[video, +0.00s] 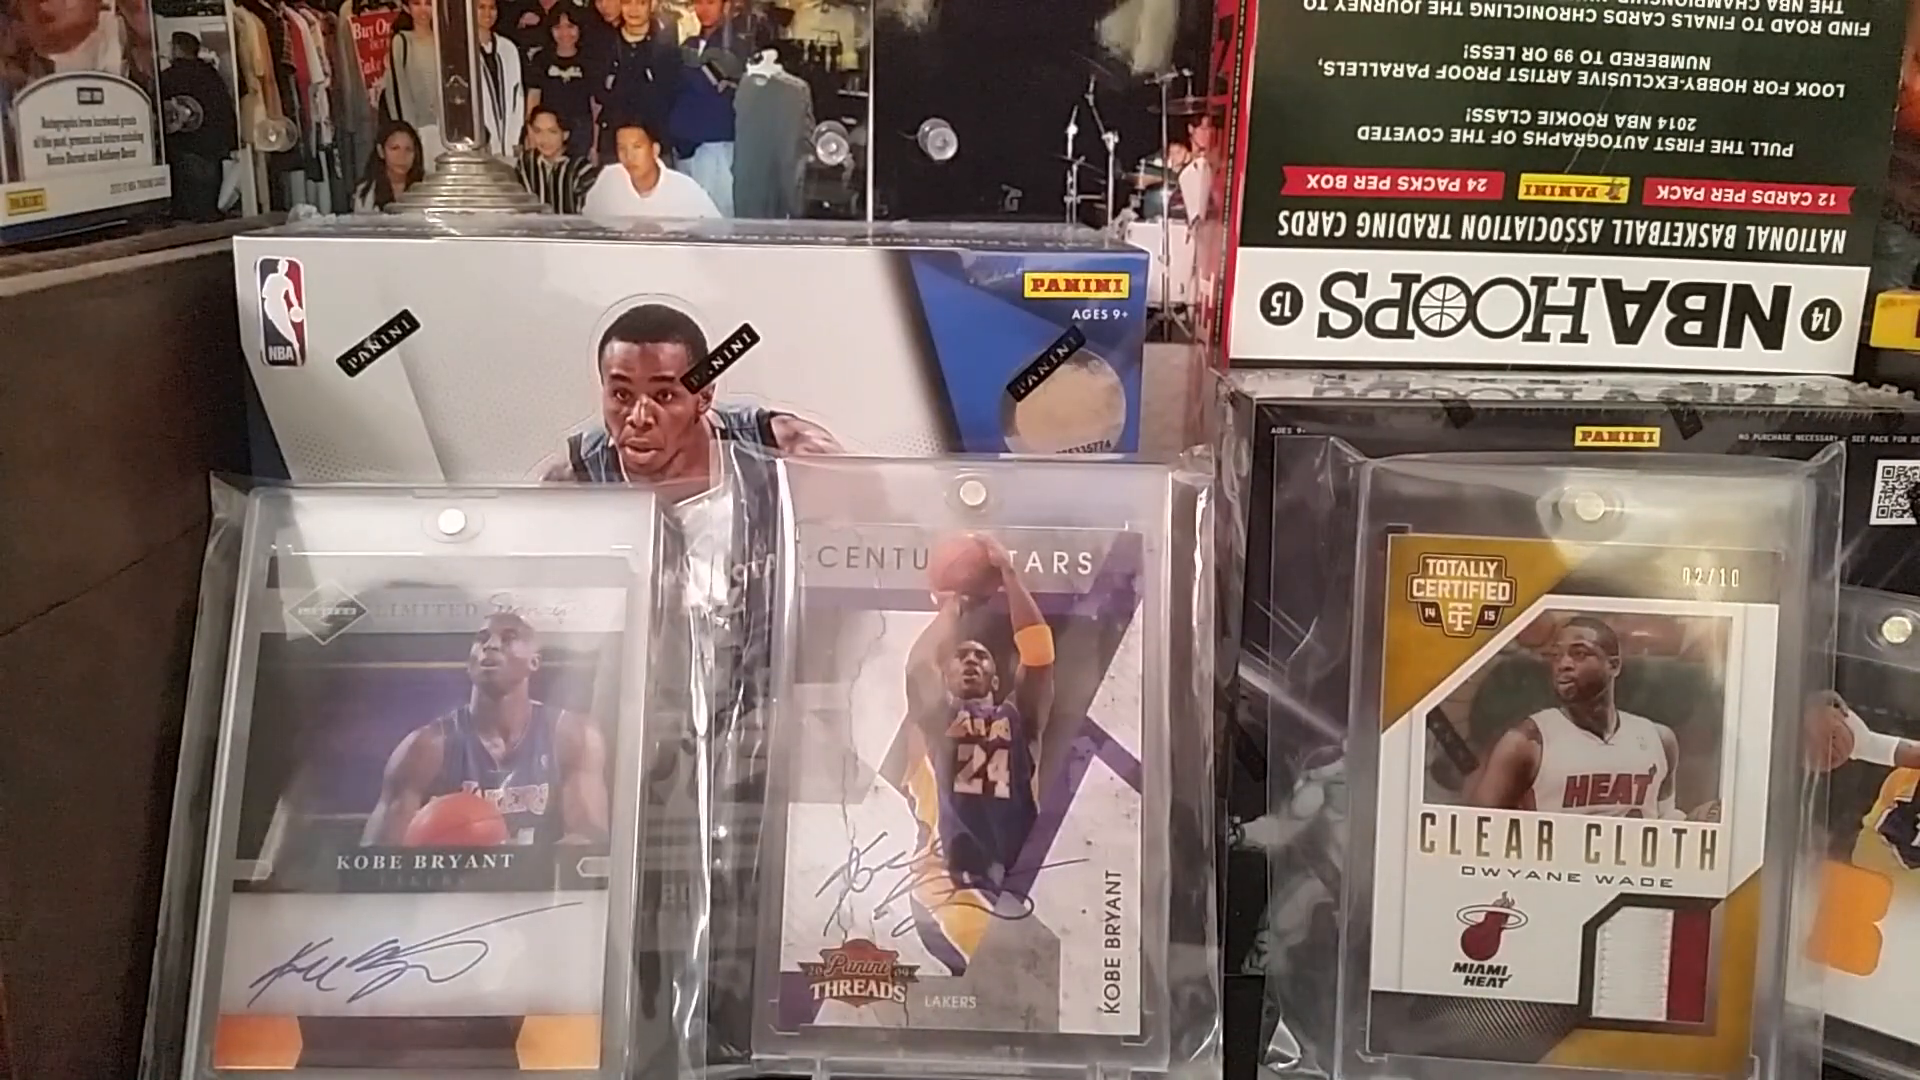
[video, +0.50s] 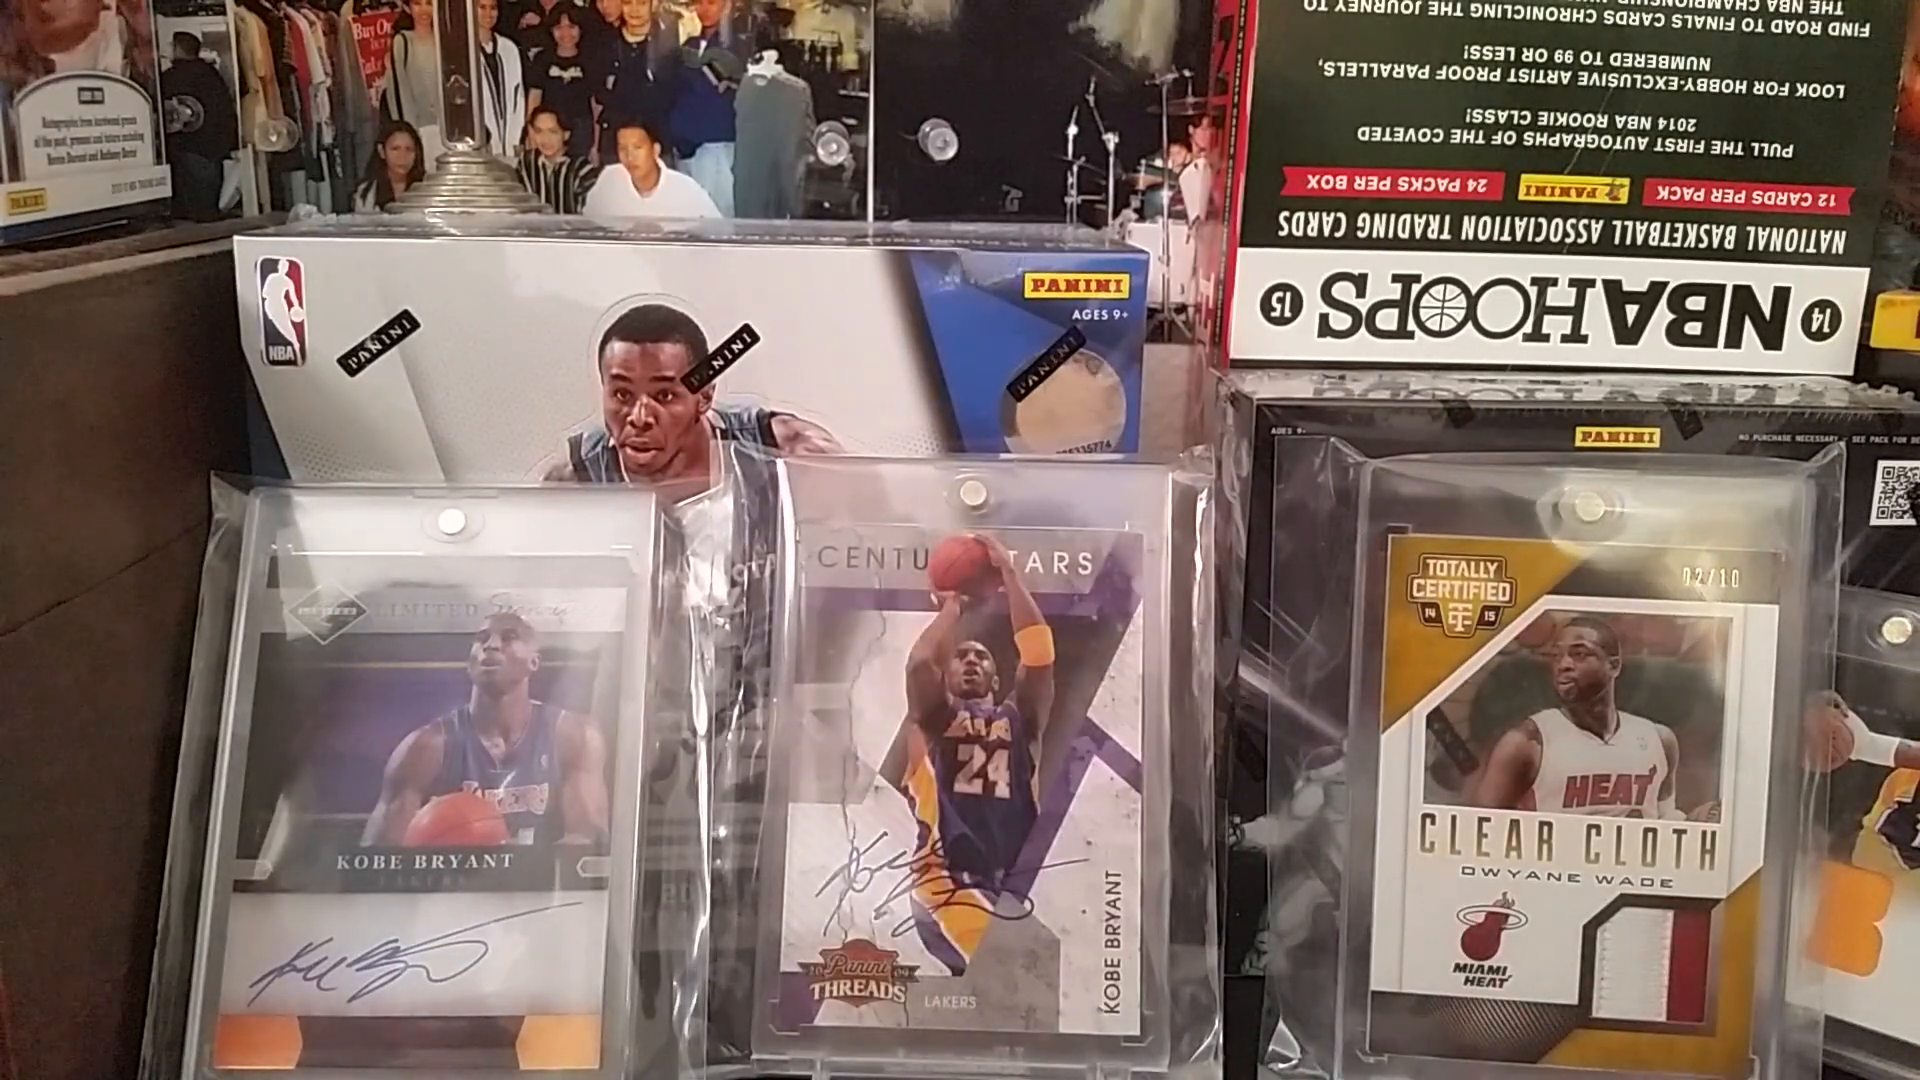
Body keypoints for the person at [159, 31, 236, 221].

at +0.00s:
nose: (170, 51)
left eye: (172, 47)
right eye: (172, 47)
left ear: (175, 49)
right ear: (197, 50)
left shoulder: (165, 78)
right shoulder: (212, 75)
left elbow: (158, 116)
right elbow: (226, 109)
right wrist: (232, 144)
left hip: (179, 149)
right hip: (211, 147)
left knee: (182, 206)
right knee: (209, 206)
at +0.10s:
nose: (171, 50)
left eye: (172, 47)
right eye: (173, 47)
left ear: (175, 49)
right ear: (197, 50)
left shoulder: (165, 78)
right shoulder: (211, 75)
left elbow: (158, 115)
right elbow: (225, 109)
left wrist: (160, 148)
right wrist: (230, 144)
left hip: (176, 149)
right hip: (209, 147)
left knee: (180, 208)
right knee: (207, 208)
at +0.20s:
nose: (171, 51)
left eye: (172, 48)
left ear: (174, 49)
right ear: (197, 50)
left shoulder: (164, 79)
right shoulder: (211, 75)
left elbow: (157, 117)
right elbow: (225, 109)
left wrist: (159, 150)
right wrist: (230, 144)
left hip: (176, 150)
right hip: (209, 147)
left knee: (180, 207)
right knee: (207, 207)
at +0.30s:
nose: (171, 50)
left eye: (172, 47)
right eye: (173, 47)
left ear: (176, 48)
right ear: (197, 49)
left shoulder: (165, 78)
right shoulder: (212, 74)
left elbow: (158, 117)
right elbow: (226, 109)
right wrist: (231, 143)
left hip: (180, 150)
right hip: (212, 147)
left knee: (183, 206)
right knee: (208, 205)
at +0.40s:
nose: (171, 50)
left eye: (172, 47)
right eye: (173, 47)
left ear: (177, 48)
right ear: (197, 50)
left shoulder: (166, 78)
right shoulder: (213, 75)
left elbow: (157, 116)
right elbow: (226, 110)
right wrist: (230, 145)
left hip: (180, 150)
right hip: (212, 148)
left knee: (183, 207)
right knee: (209, 206)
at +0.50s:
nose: (171, 51)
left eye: (173, 47)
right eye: (173, 47)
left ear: (176, 49)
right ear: (197, 50)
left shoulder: (166, 78)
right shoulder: (213, 75)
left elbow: (158, 116)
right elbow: (226, 111)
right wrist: (229, 145)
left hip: (179, 150)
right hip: (211, 148)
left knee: (182, 207)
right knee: (208, 207)